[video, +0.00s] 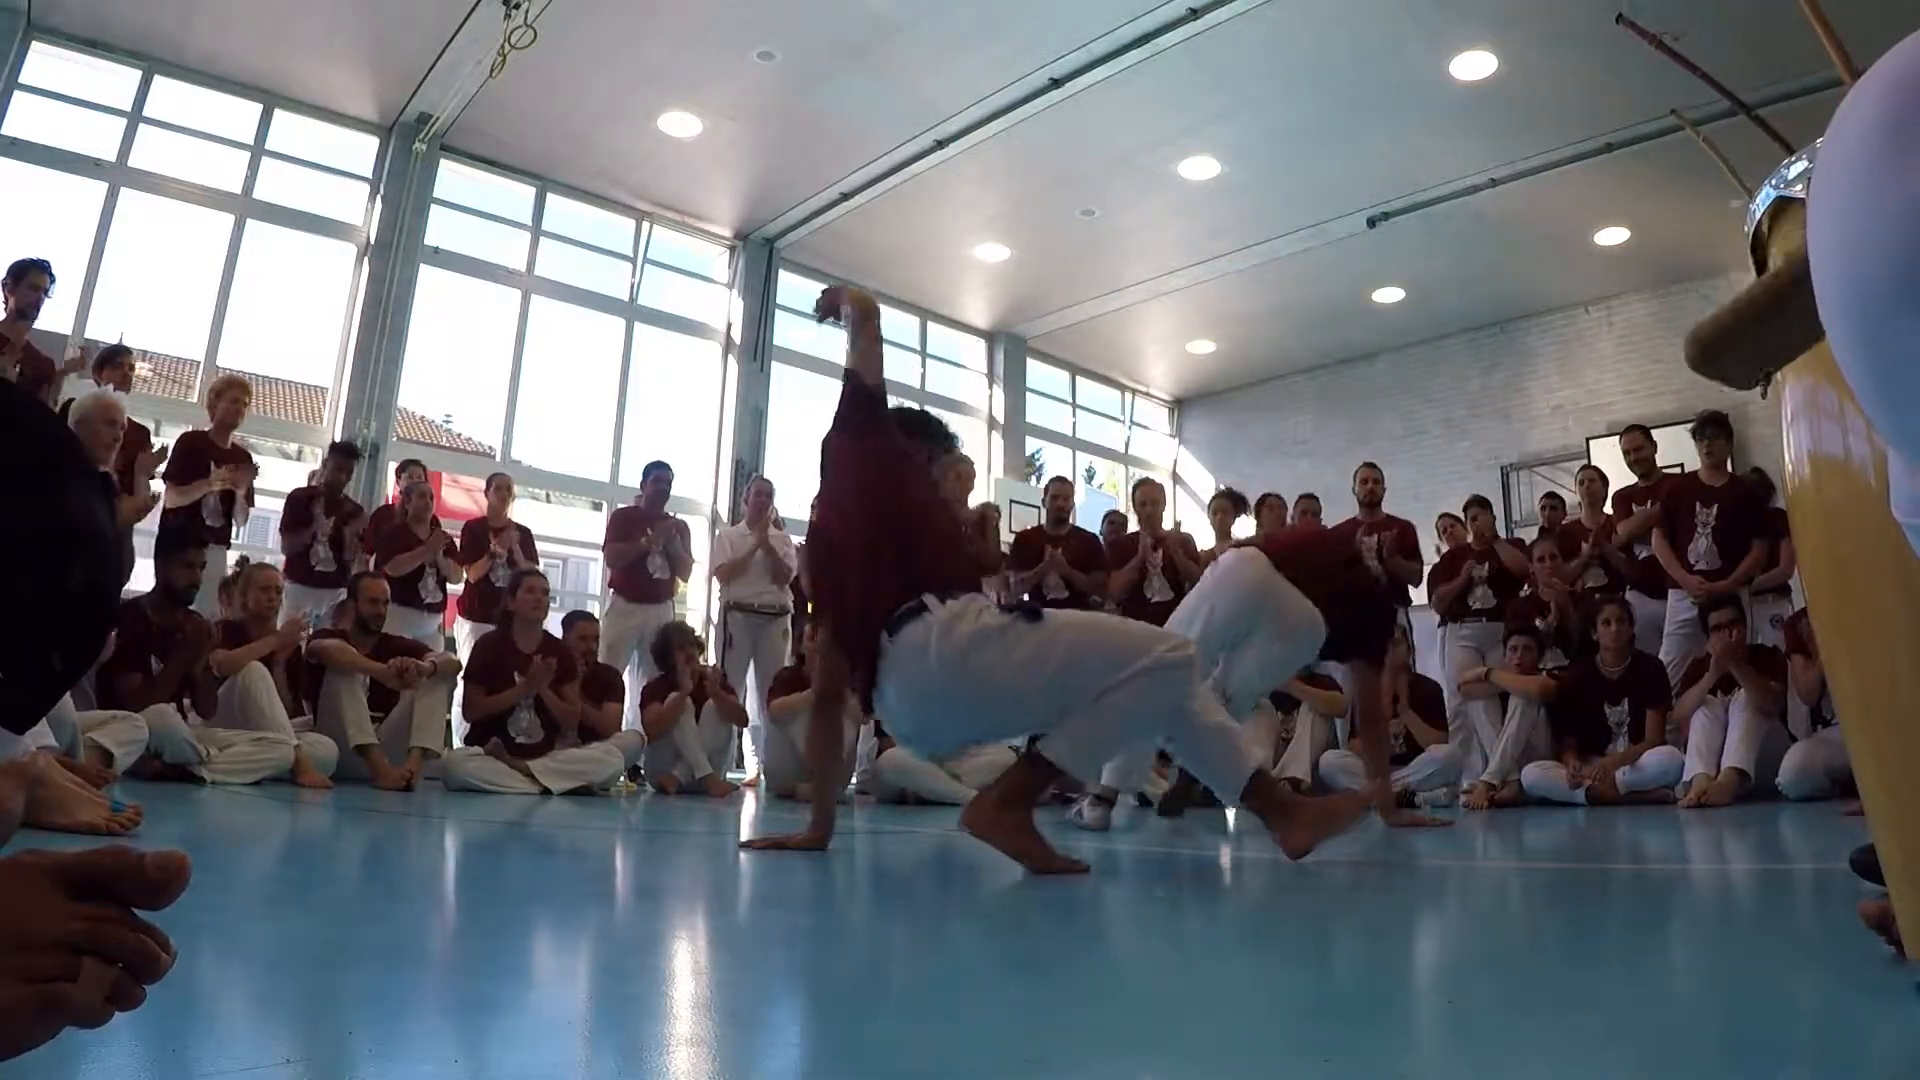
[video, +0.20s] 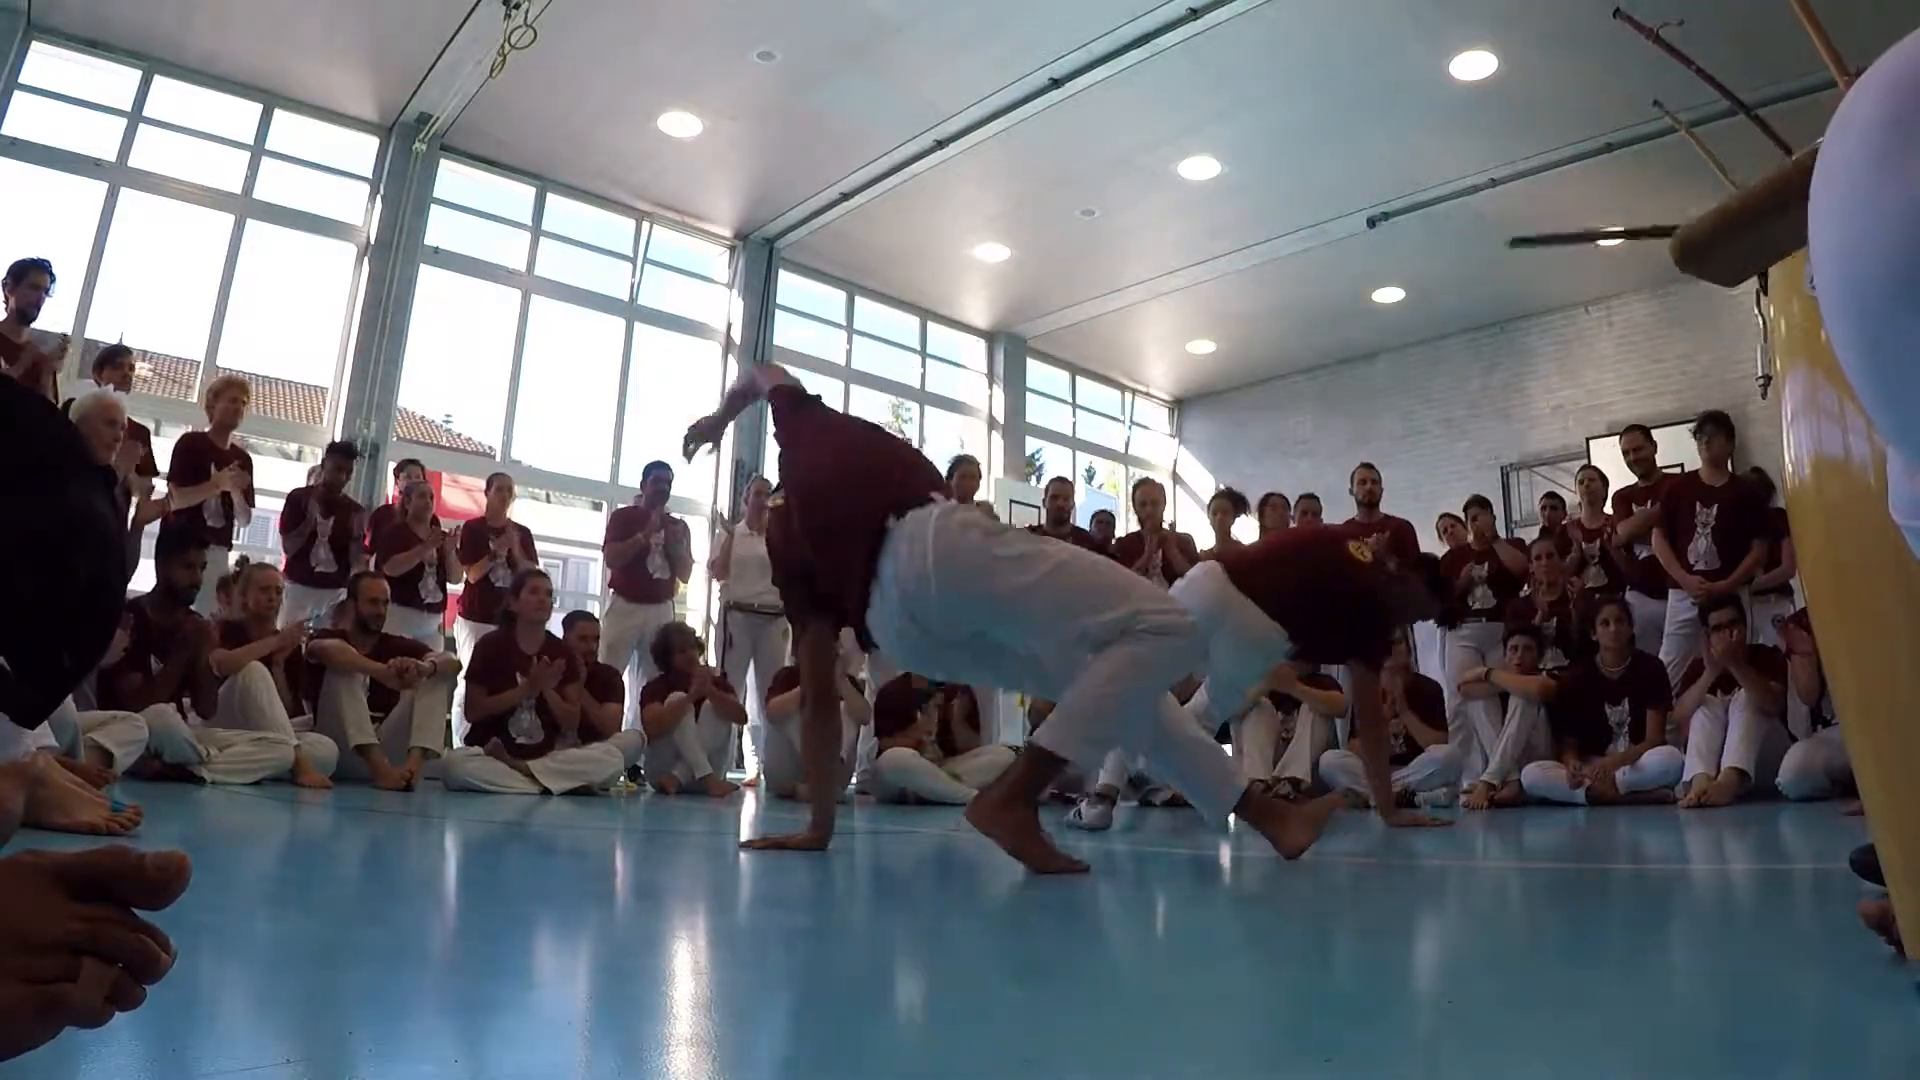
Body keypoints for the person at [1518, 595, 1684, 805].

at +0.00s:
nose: (1614, 629)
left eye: (1621, 622)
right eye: (1606, 623)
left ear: (1631, 630)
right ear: (1594, 633)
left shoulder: (1651, 668)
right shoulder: (1577, 674)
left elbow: (1654, 739)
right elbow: (1569, 740)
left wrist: (1612, 763)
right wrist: (1572, 763)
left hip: (1634, 762)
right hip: (1588, 766)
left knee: (1670, 760)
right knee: (1532, 776)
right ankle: (1629, 798)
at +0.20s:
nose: (1613, 629)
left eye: (1620, 622)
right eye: (1605, 624)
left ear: (1631, 630)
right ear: (1594, 634)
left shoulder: (1651, 668)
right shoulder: (1576, 674)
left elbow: (1655, 740)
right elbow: (1569, 741)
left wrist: (1611, 763)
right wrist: (1573, 763)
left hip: (1635, 762)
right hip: (1589, 766)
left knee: (1670, 760)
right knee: (1532, 776)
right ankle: (1628, 798)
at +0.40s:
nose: (1613, 629)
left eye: (1620, 622)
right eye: (1605, 624)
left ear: (1631, 630)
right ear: (1594, 634)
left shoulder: (1651, 668)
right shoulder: (1577, 674)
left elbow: (1654, 740)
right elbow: (1569, 742)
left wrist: (1610, 764)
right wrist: (1573, 764)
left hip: (1635, 762)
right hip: (1589, 766)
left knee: (1670, 760)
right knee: (1532, 776)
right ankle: (1628, 798)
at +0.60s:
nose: (1612, 629)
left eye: (1618, 622)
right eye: (1604, 624)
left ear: (1629, 629)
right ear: (1593, 634)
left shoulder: (1651, 668)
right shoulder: (1577, 675)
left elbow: (1654, 740)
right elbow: (1568, 741)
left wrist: (1612, 763)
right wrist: (1573, 763)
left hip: (1635, 762)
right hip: (1589, 765)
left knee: (1670, 760)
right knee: (1532, 776)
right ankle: (1629, 798)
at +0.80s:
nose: (1612, 628)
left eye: (1619, 621)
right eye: (1605, 622)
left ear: (1630, 629)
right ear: (1593, 633)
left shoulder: (1650, 667)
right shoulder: (1577, 674)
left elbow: (1654, 741)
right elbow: (1569, 741)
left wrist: (1611, 762)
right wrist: (1573, 764)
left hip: (1635, 761)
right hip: (1589, 765)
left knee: (1670, 759)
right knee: (1532, 775)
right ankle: (1629, 798)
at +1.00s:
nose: (1613, 627)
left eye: (1619, 621)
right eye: (1605, 622)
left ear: (1630, 628)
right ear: (1594, 632)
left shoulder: (1651, 667)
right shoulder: (1578, 674)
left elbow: (1654, 741)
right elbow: (1569, 738)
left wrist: (1611, 763)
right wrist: (1573, 763)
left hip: (1635, 761)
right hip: (1590, 764)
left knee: (1670, 759)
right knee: (1531, 775)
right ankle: (1627, 797)